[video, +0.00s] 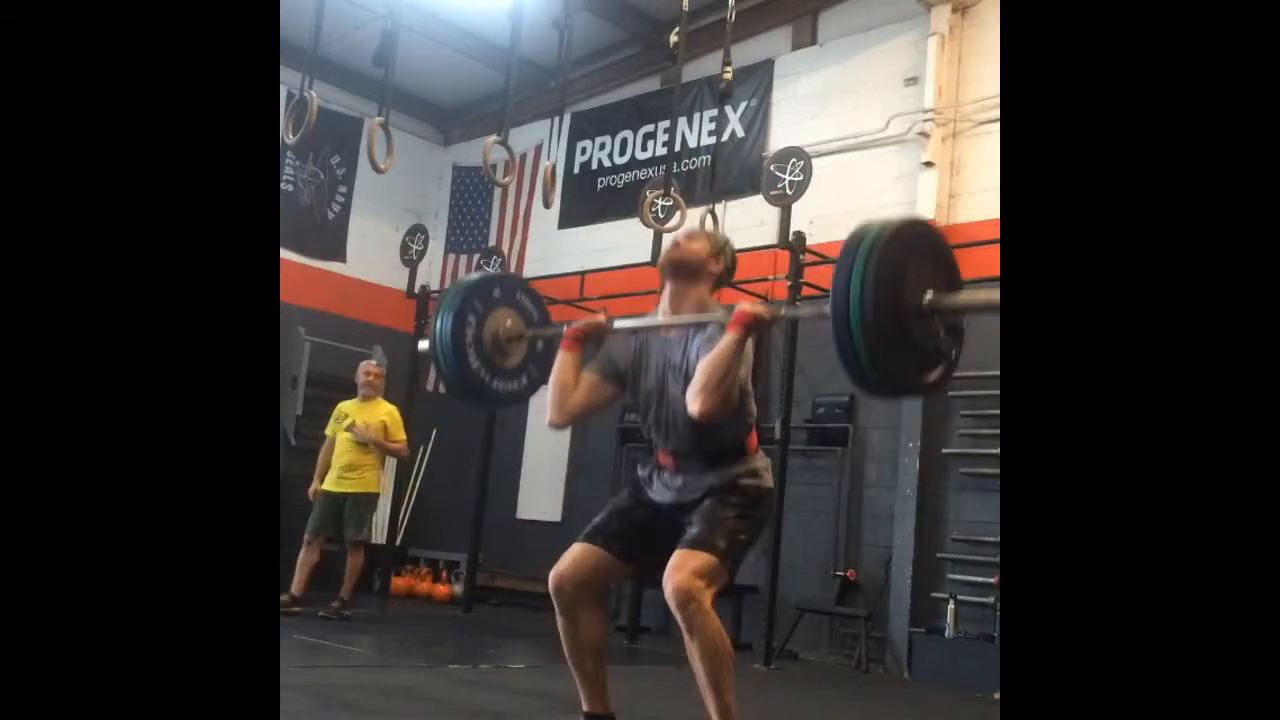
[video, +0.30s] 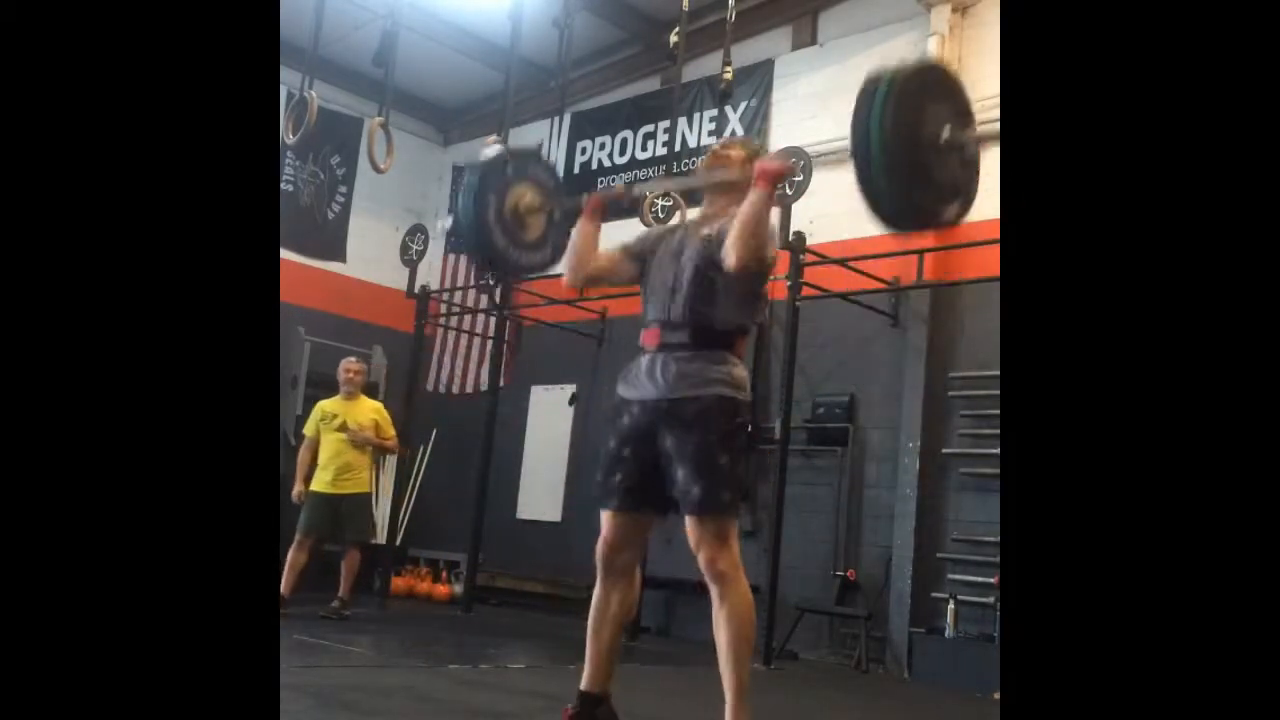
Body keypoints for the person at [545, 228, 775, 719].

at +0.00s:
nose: (678, 236)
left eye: (697, 235)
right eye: (677, 233)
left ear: (718, 266)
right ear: (662, 262)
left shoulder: (725, 330)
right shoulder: (634, 337)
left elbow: (703, 403)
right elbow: (561, 410)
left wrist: (738, 331)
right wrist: (573, 342)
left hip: (732, 484)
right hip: (661, 482)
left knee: (684, 587)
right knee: (570, 581)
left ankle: (724, 715)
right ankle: (596, 711)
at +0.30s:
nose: (715, 165)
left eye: (729, 158)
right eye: (710, 158)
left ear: (753, 177)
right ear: (700, 175)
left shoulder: (754, 228)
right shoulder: (669, 235)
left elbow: (739, 259)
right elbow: (579, 273)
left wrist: (763, 184)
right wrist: (592, 211)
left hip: (707, 402)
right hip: (643, 399)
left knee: (717, 561)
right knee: (614, 550)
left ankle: (736, 710)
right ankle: (592, 698)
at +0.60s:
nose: (695, 165)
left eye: (712, 159)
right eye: (693, 161)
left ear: (742, 179)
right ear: (684, 183)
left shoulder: (749, 235)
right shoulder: (651, 236)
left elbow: (800, 162)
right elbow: (592, 189)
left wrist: (800, 88)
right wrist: (620, 124)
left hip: (694, 416)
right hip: (628, 415)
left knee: (710, 578)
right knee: (617, 570)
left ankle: (734, 715)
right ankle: (602, 709)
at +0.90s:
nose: (696, 157)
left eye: (714, 152)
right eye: (692, 151)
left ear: (737, 175)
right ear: (681, 170)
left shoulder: (752, 227)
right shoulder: (657, 226)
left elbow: (807, 145)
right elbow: (611, 177)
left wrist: (813, 71)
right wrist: (633, 114)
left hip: (705, 412)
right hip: (639, 408)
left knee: (711, 580)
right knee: (623, 571)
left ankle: (734, 715)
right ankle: (603, 710)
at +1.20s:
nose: (690, 158)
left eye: (706, 150)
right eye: (688, 150)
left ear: (735, 166)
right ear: (683, 166)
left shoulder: (758, 222)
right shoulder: (664, 222)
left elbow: (813, 130)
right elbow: (623, 170)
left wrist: (817, 51)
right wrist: (638, 104)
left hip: (717, 407)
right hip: (653, 407)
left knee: (725, 581)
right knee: (631, 570)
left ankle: (738, 716)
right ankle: (605, 710)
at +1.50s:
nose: (687, 151)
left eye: (702, 144)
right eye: (682, 145)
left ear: (729, 162)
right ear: (675, 162)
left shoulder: (748, 217)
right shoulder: (659, 217)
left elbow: (798, 125)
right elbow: (624, 162)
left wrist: (812, 42)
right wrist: (639, 93)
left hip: (712, 405)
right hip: (648, 405)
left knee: (730, 581)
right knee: (633, 572)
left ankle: (738, 716)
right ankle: (604, 710)